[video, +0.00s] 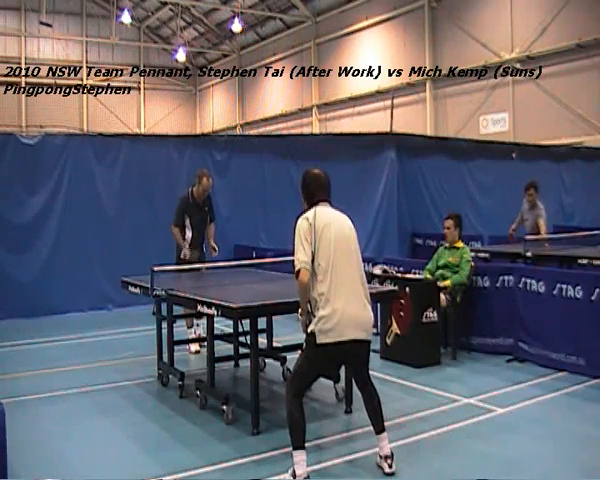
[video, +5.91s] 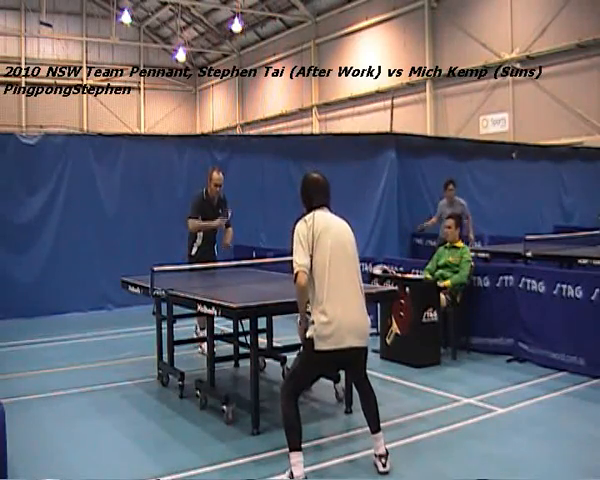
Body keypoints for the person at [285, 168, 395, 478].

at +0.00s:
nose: (301, 196)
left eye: (302, 192)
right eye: (305, 191)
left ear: (305, 194)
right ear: (329, 192)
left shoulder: (306, 221)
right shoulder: (346, 221)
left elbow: (303, 275)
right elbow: (355, 269)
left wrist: (303, 307)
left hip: (329, 327)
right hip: (362, 324)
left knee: (294, 391)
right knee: (363, 379)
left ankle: (299, 466)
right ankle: (386, 451)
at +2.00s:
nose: (302, 196)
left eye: (302, 191)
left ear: (304, 193)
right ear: (328, 192)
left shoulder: (305, 222)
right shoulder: (345, 221)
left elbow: (302, 274)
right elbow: (355, 270)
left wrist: (302, 307)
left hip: (327, 327)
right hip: (359, 324)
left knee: (293, 390)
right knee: (363, 379)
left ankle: (299, 465)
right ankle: (385, 451)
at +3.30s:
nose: (331, 189)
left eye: (331, 184)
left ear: (332, 188)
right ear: (356, 186)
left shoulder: (334, 219)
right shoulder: (371, 216)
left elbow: (315, 270)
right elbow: (384, 267)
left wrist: (301, 304)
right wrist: (384, 300)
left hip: (359, 322)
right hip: (387, 317)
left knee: (330, 390)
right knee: (382, 373)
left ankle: (328, 465)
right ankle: (396, 437)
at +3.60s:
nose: (374, 166)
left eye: (370, 161)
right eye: (385, 161)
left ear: (368, 163)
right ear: (391, 164)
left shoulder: (362, 189)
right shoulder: (404, 196)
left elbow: (348, 237)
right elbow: (418, 250)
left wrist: (348, 282)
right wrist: (405, 279)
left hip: (370, 290)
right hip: (399, 291)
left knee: (355, 362)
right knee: (391, 360)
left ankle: (361, 432)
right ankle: (396, 433)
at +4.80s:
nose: (340, 154)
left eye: (340, 149)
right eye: (345, 147)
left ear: (345, 150)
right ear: (369, 150)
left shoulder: (343, 182)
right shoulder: (385, 189)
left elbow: (336, 233)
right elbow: (396, 245)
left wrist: (340, 273)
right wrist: (377, 269)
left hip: (354, 297)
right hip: (385, 298)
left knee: (325, 365)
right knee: (382, 370)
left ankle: (319, 445)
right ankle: (387, 444)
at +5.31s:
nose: (294, 174)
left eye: (294, 168)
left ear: (295, 171)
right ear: (321, 171)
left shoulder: (295, 200)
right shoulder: (338, 204)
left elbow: (288, 248)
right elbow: (348, 258)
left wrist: (298, 292)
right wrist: (341, 291)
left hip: (315, 318)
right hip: (348, 316)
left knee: (290, 389)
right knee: (359, 379)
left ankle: (297, 468)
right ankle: (380, 450)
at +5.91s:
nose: (302, 200)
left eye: (302, 196)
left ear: (303, 198)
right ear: (329, 197)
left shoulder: (305, 226)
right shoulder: (344, 226)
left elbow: (301, 279)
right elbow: (352, 275)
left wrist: (302, 317)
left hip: (327, 333)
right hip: (359, 330)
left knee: (289, 391)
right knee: (361, 379)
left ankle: (296, 468)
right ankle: (381, 450)